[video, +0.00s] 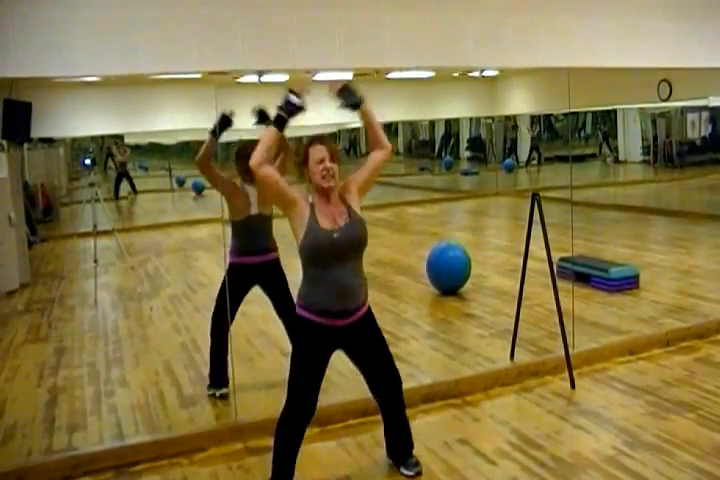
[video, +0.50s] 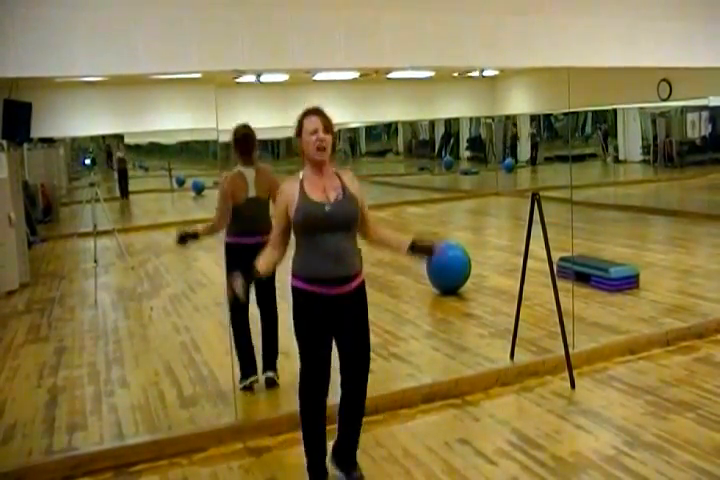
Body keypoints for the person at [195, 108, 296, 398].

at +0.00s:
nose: (254, 164)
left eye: (247, 159)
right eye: (255, 159)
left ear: (236, 166)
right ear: (259, 165)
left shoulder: (232, 191)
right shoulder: (270, 187)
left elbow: (204, 163)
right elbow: (285, 154)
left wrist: (215, 133)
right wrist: (274, 125)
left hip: (241, 266)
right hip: (270, 263)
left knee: (220, 322)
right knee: (291, 318)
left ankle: (218, 382)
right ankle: (310, 370)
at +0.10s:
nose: (233, 149)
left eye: (235, 143)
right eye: (237, 143)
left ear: (235, 145)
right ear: (255, 145)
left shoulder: (226, 173)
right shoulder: (268, 167)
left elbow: (190, 165)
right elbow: (301, 152)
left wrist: (182, 135)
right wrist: (304, 122)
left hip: (238, 245)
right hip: (266, 242)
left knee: (226, 307)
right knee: (284, 302)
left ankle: (219, 373)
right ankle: (304, 358)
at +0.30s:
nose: (243, 149)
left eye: (239, 145)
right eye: (249, 145)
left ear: (235, 148)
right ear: (256, 148)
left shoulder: (229, 181)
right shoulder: (270, 176)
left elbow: (217, 219)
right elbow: (286, 209)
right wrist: (275, 237)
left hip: (237, 247)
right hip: (265, 245)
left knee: (241, 308)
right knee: (267, 305)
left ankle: (249, 372)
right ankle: (271, 367)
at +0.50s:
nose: (242, 149)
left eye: (238, 144)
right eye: (248, 144)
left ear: (234, 148)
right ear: (256, 147)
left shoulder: (230, 181)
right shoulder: (269, 177)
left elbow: (221, 222)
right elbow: (284, 212)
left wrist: (197, 233)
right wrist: (279, 238)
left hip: (237, 248)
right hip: (264, 245)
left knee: (239, 311)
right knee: (268, 306)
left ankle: (248, 374)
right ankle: (270, 368)